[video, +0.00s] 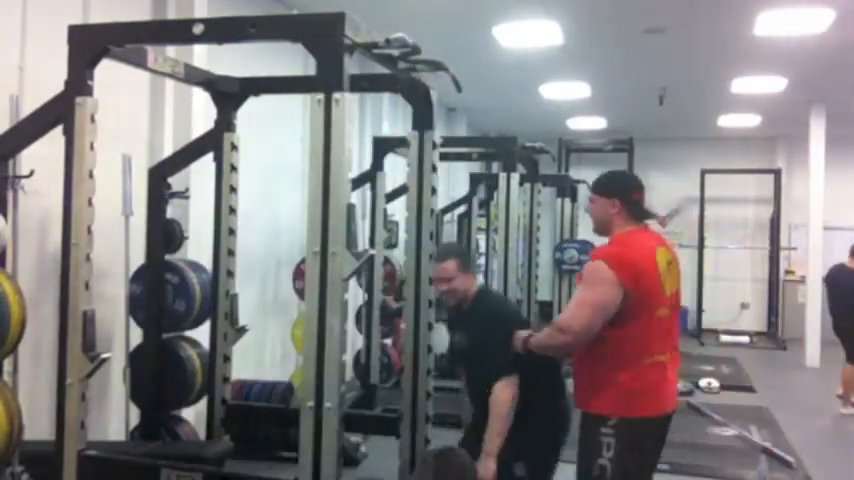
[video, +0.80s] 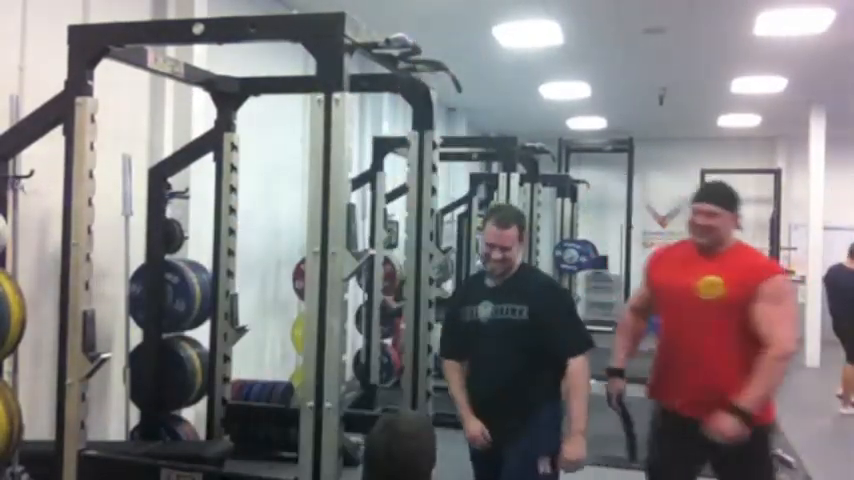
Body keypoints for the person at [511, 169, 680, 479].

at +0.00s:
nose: (588, 207)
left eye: (593, 200)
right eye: (590, 200)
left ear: (615, 205)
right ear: (628, 205)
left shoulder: (614, 258)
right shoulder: (661, 247)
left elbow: (570, 331)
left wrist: (530, 341)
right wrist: (569, 346)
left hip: (618, 409)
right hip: (652, 405)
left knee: (602, 473)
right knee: (635, 473)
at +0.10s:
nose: (581, 207)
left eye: (587, 200)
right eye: (583, 200)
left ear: (612, 206)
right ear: (615, 206)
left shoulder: (615, 254)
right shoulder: (644, 243)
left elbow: (597, 332)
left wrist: (555, 340)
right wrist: (573, 330)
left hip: (620, 403)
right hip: (642, 399)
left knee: (604, 473)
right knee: (627, 473)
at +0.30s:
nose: (591, 213)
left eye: (599, 205)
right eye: (589, 205)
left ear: (626, 207)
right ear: (586, 205)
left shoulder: (639, 252)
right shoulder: (610, 247)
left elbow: (636, 329)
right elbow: (603, 312)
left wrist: (579, 339)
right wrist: (574, 326)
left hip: (644, 399)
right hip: (618, 395)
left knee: (640, 473)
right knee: (617, 471)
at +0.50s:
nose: (627, 215)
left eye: (637, 207)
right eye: (624, 206)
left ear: (662, 210)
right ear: (618, 206)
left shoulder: (678, 259)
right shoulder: (618, 247)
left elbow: (673, 331)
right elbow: (599, 301)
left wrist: (603, 340)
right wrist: (584, 327)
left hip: (662, 406)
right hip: (622, 397)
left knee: (655, 473)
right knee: (621, 471)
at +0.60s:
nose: (650, 216)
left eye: (661, 209)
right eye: (646, 207)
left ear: (685, 214)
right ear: (639, 209)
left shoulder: (701, 264)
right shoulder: (628, 251)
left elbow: (701, 338)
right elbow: (609, 303)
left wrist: (629, 360)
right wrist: (588, 344)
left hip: (689, 413)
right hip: (635, 405)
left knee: (698, 473)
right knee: (631, 473)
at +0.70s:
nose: (673, 219)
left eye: (684, 212)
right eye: (669, 210)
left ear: (707, 218)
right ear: (662, 213)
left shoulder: (731, 270)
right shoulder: (642, 257)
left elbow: (738, 346)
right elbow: (623, 306)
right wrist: (601, 357)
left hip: (712, 420)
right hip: (652, 415)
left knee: (724, 474)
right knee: (645, 473)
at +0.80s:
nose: (700, 221)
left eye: (712, 215)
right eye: (695, 213)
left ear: (734, 220)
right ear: (688, 215)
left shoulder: (762, 274)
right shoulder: (664, 262)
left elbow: (781, 347)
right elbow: (637, 311)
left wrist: (741, 410)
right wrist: (617, 368)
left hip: (739, 425)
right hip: (674, 420)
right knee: (662, 474)